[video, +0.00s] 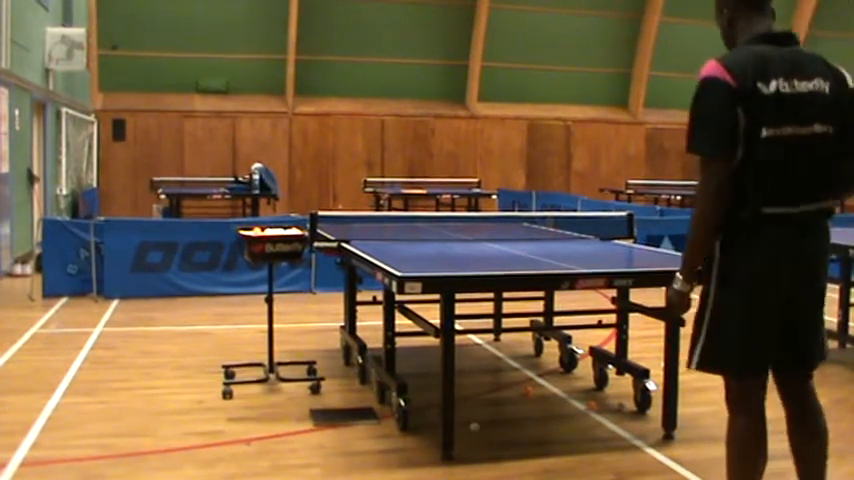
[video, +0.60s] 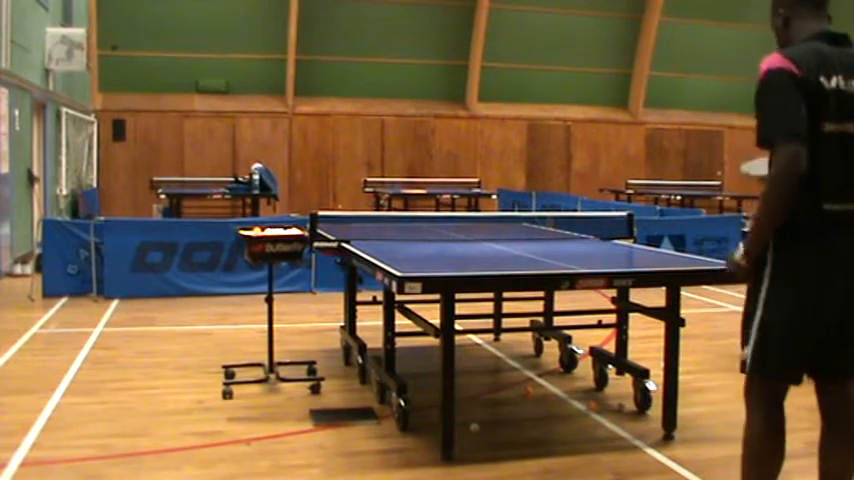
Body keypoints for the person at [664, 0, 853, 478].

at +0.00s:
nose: (718, 28)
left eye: (719, 19)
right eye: (720, 19)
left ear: (727, 16)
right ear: (772, 14)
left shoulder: (726, 75)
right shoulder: (832, 75)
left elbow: (715, 185)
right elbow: (844, 178)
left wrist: (686, 274)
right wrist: (808, 218)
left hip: (748, 250)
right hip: (810, 247)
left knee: (744, 398)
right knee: (798, 385)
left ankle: (744, 475)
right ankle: (813, 475)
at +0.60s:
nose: (774, 31)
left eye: (774, 21)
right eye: (774, 22)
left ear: (783, 17)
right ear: (825, 15)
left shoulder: (784, 67)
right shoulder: (851, 62)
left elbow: (790, 164)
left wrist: (751, 251)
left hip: (799, 254)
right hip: (847, 254)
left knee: (764, 394)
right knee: (840, 398)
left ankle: (757, 478)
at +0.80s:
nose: (776, 28)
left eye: (776, 18)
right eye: (776, 19)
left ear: (787, 16)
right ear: (827, 13)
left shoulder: (790, 65)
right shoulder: (851, 59)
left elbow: (789, 159)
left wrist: (751, 181)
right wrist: (775, 169)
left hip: (800, 248)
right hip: (848, 248)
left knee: (763, 392)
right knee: (839, 396)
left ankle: (756, 478)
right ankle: (836, 474)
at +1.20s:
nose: (750, 31)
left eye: (751, 20)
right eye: (752, 21)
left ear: (761, 18)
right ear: (802, 18)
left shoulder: (762, 73)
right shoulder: (846, 73)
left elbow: (729, 169)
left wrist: (729, 115)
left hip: (773, 245)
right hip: (835, 244)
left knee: (742, 390)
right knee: (821, 390)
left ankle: (721, 474)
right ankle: (827, 477)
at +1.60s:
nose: (690, 30)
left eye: (693, 21)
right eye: (693, 21)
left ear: (702, 19)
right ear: (744, 18)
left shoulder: (690, 72)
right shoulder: (795, 75)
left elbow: (658, 155)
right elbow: (798, 148)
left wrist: (672, 92)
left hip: (711, 235)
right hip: (770, 234)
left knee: (710, 372)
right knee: (749, 360)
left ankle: (710, 475)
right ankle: (751, 469)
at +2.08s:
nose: (663, 37)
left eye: (666, 29)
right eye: (666, 29)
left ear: (679, 29)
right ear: (712, 30)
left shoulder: (670, 81)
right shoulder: (753, 90)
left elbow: (631, 161)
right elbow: (752, 161)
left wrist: (616, 134)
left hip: (680, 233)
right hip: (730, 235)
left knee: (652, 360)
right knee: (703, 354)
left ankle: (689, 469)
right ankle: (692, 463)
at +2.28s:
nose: (654, 47)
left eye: (655, 38)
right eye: (653, 39)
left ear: (669, 34)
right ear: (699, 33)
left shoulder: (666, 81)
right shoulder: (740, 90)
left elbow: (634, 162)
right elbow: (723, 160)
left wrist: (609, 140)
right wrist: (641, 132)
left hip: (669, 230)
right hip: (720, 233)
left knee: (610, 345)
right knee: (696, 348)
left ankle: (645, 461)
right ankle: (691, 465)